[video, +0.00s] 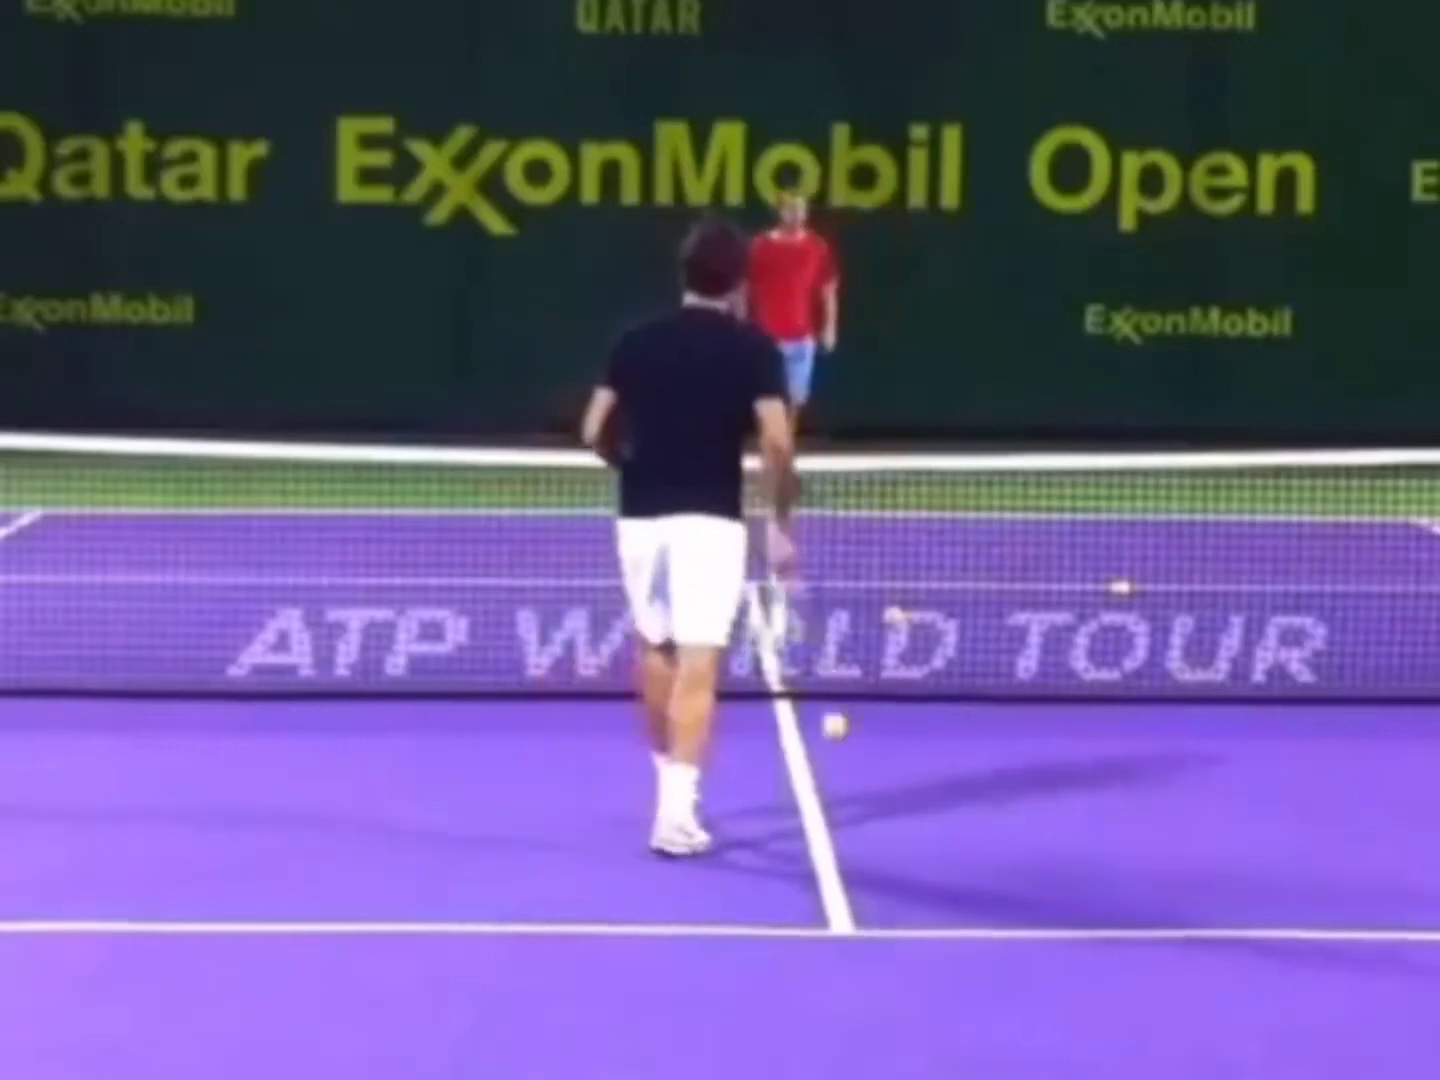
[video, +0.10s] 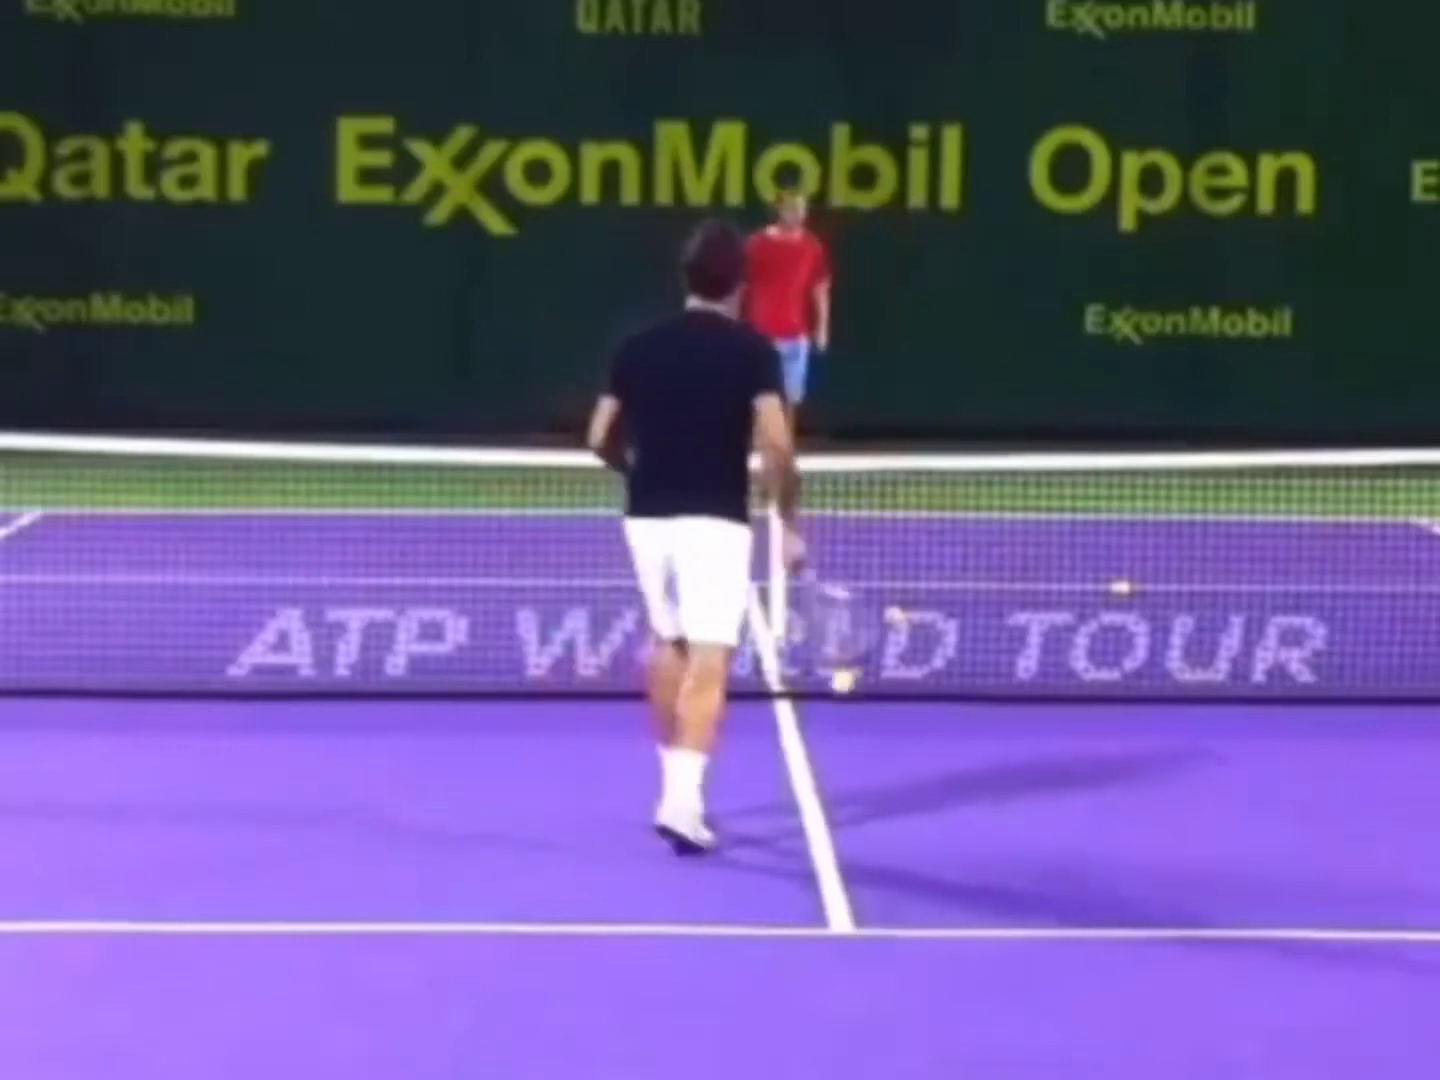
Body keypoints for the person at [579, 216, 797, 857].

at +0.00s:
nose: (740, 289)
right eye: (741, 279)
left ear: (683, 277)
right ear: (738, 283)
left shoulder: (641, 338)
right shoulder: (752, 348)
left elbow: (594, 428)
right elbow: (777, 444)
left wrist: (633, 459)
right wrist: (781, 519)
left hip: (640, 517)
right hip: (712, 519)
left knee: (657, 652)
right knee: (698, 666)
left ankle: (670, 784)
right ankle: (675, 808)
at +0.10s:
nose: (735, 285)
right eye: (739, 276)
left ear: (684, 279)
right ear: (740, 282)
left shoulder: (643, 343)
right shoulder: (751, 350)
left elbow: (600, 435)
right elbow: (777, 443)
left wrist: (637, 466)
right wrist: (787, 516)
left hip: (647, 518)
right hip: (716, 520)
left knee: (669, 646)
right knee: (709, 659)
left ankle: (675, 781)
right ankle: (682, 797)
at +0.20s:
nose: (745, 277)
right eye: (746, 267)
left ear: (692, 269)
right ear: (743, 273)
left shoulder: (651, 333)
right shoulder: (749, 334)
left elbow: (608, 427)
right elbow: (778, 426)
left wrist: (658, 452)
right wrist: (799, 483)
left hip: (657, 507)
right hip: (724, 509)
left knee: (675, 640)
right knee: (735, 649)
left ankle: (679, 773)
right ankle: (697, 749)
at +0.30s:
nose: (754, 280)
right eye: (755, 269)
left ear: (701, 264)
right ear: (752, 270)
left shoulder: (657, 325)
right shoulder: (753, 326)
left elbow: (616, 418)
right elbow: (779, 408)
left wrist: (670, 437)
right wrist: (827, 467)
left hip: (666, 500)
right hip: (733, 500)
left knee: (680, 637)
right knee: (760, 630)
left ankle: (678, 780)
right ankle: (717, 736)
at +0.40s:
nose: (773, 279)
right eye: (773, 267)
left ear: (715, 258)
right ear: (764, 267)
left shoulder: (670, 319)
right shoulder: (757, 321)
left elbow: (628, 405)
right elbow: (787, 402)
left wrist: (676, 429)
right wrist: (864, 449)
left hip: (676, 497)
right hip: (744, 498)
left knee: (684, 631)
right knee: (772, 626)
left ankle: (677, 785)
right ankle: (741, 754)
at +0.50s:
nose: (794, 288)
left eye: (793, 279)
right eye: (794, 279)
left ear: (737, 263)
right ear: (783, 275)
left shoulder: (686, 318)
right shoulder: (771, 326)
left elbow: (639, 403)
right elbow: (807, 406)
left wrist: (690, 425)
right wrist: (896, 436)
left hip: (686, 497)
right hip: (757, 499)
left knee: (686, 633)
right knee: (781, 631)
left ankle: (677, 774)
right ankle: (782, 765)